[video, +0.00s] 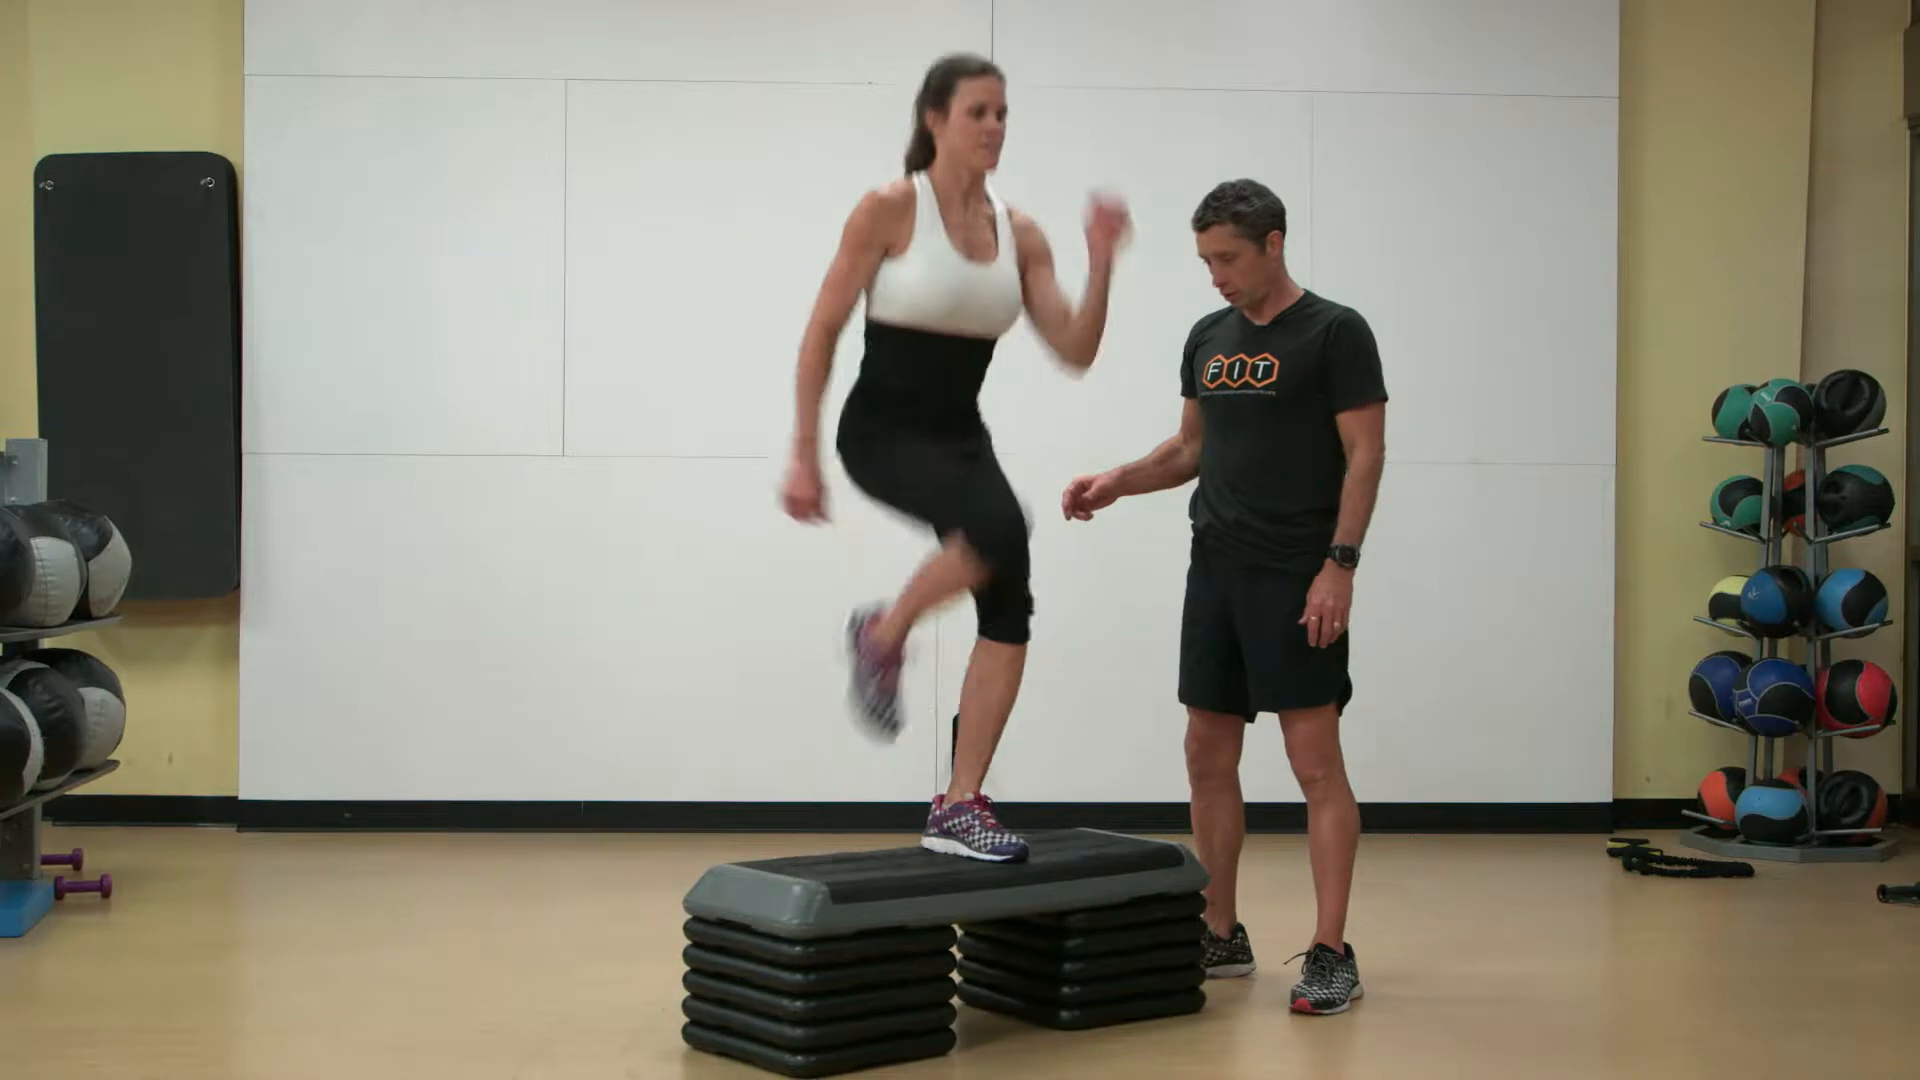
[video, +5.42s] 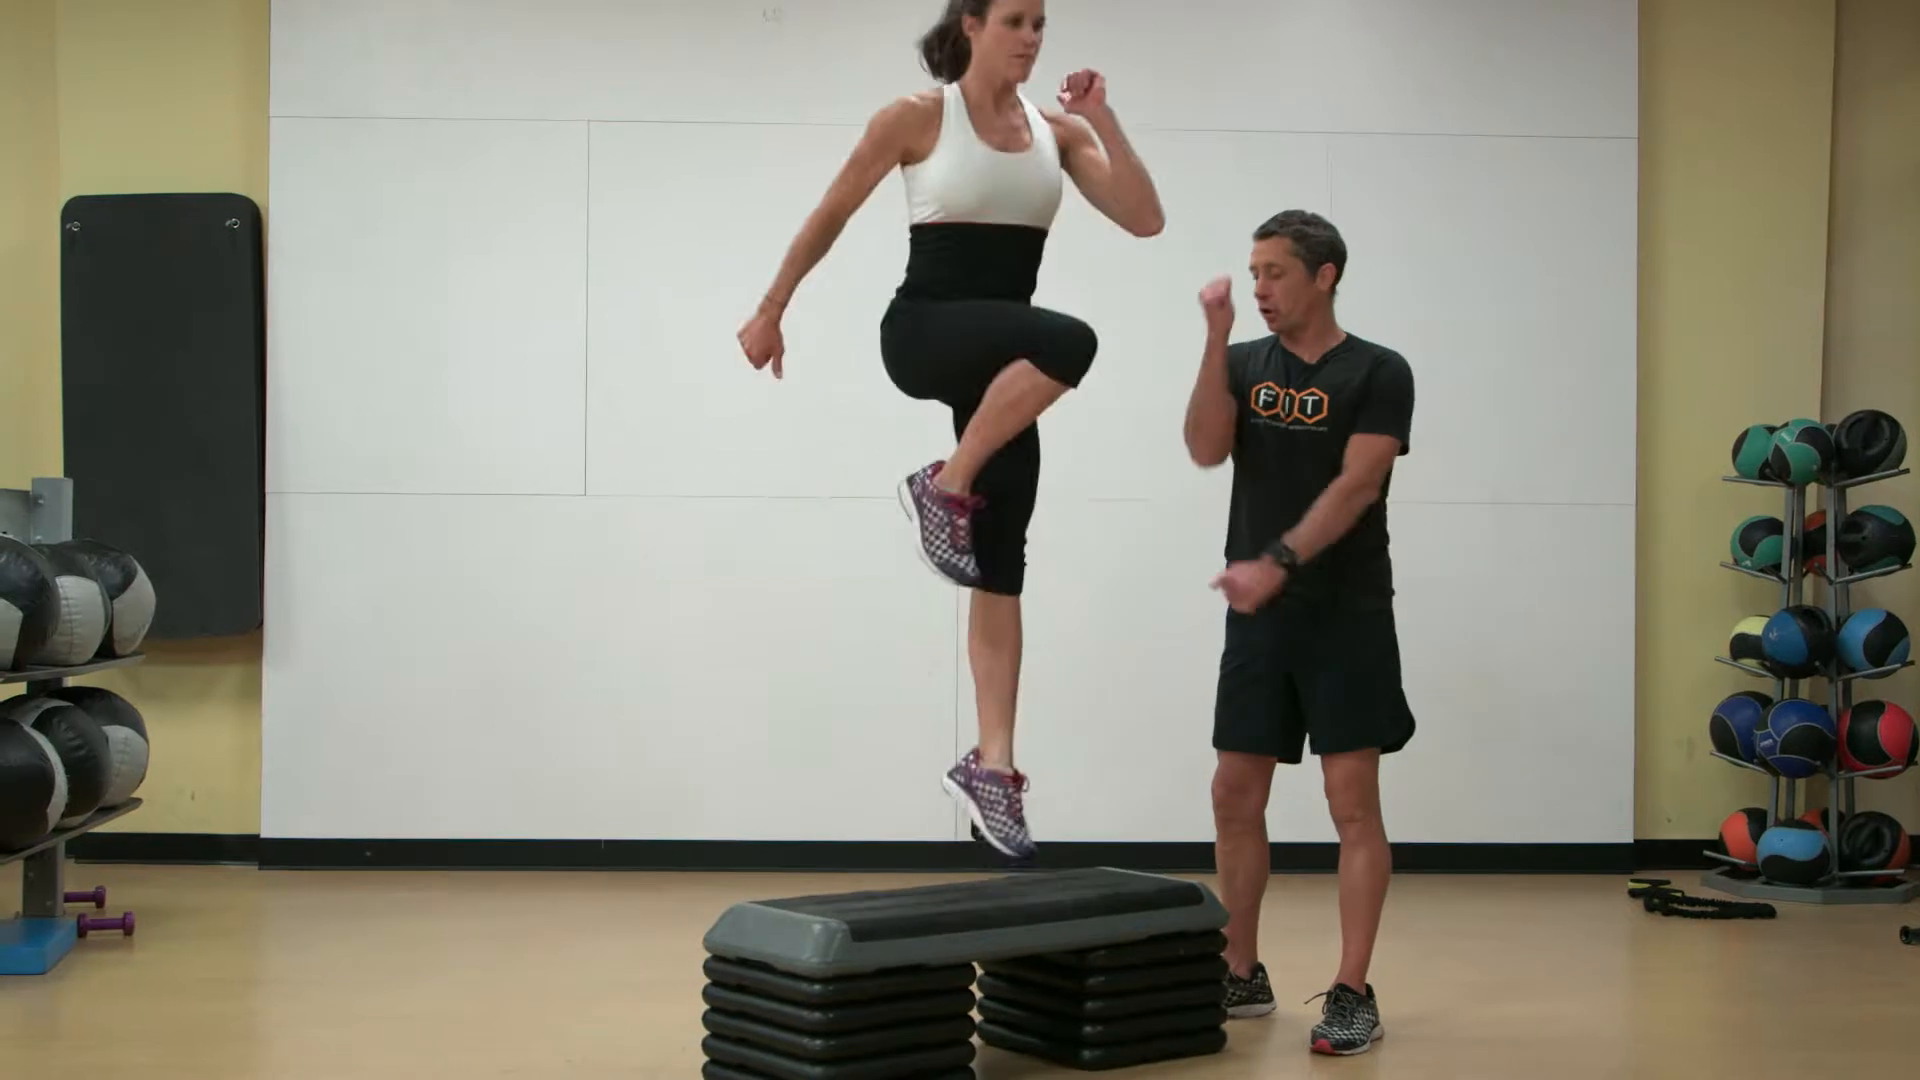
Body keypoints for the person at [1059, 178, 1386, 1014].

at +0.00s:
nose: (1217, 274)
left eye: (1228, 258)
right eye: (1208, 260)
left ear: (1274, 245)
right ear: (1205, 257)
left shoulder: (1337, 333)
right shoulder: (1208, 338)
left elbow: (1365, 454)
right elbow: (1189, 450)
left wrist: (1339, 563)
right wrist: (1118, 480)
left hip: (1299, 575)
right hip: (1216, 571)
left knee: (1316, 762)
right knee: (1207, 752)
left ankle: (1330, 948)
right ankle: (1219, 933)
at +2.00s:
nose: (1217, 309)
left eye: (1231, 294)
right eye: (1208, 295)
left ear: (1276, 289)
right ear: (1205, 296)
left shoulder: (1334, 380)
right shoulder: (1196, 382)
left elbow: (1369, 502)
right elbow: (1179, 489)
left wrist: (1355, 609)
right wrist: (1131, 528)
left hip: (1301, 620)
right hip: (1214, 617)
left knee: (1317, 807)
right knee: (1205, 797)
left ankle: (1330, 992)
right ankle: (1219, 976)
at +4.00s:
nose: (1238, 324)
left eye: (1251, 309)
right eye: (1230, 310)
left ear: (1299, 300)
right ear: (1228, 307)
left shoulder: (1367, 383)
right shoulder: (1216, 391)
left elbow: (1404, 502)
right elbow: (1180, 493)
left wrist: (1390, 606)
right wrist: (1136, 537)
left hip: (1341, 626)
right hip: (1251, 625)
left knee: (1346, 814)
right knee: (1228, 799)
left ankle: (1344, 998)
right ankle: (1234, 983)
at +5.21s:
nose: (1244, 297)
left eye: (1259, 282)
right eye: (1239, 282)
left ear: (1309, 283)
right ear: (1241, 286)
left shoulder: (1372, 376)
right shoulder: (1220, 382)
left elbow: (1410, 496)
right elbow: (1207, 492)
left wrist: (1391, 606)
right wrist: (1172, 533)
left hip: (1348, 617)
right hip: (1256, 617)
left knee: (1351, 806)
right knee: (1232, 793)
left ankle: (1350, 990)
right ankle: (1239, 973)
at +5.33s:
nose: (1253, 291)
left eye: (1267, 275)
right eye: (1249, 277)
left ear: (1317, 278)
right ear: (1253, 283)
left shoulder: (1375, 375)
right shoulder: (1238, 373)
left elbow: (1377, 498)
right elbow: (1205, 484)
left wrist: (1313, 585)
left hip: (1347, 612)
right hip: (1255, 610)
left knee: (1353, 802)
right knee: (1233, 795)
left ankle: (1350, 991)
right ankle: (1240, 975)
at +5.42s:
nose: (1257, 288)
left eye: (1272, 274)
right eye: (1255, 275)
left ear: (1323, 275)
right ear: (1263, 279)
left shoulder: (1379, 372)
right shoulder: (1244, 363)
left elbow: (1358, 485)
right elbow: (1205, 448)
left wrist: (1278, 560)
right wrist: (1216, 340)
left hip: (1346, 614)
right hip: (1259, 610)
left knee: (1352, 802)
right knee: (1235, 793)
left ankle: (1351, 991)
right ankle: (1241, 974)